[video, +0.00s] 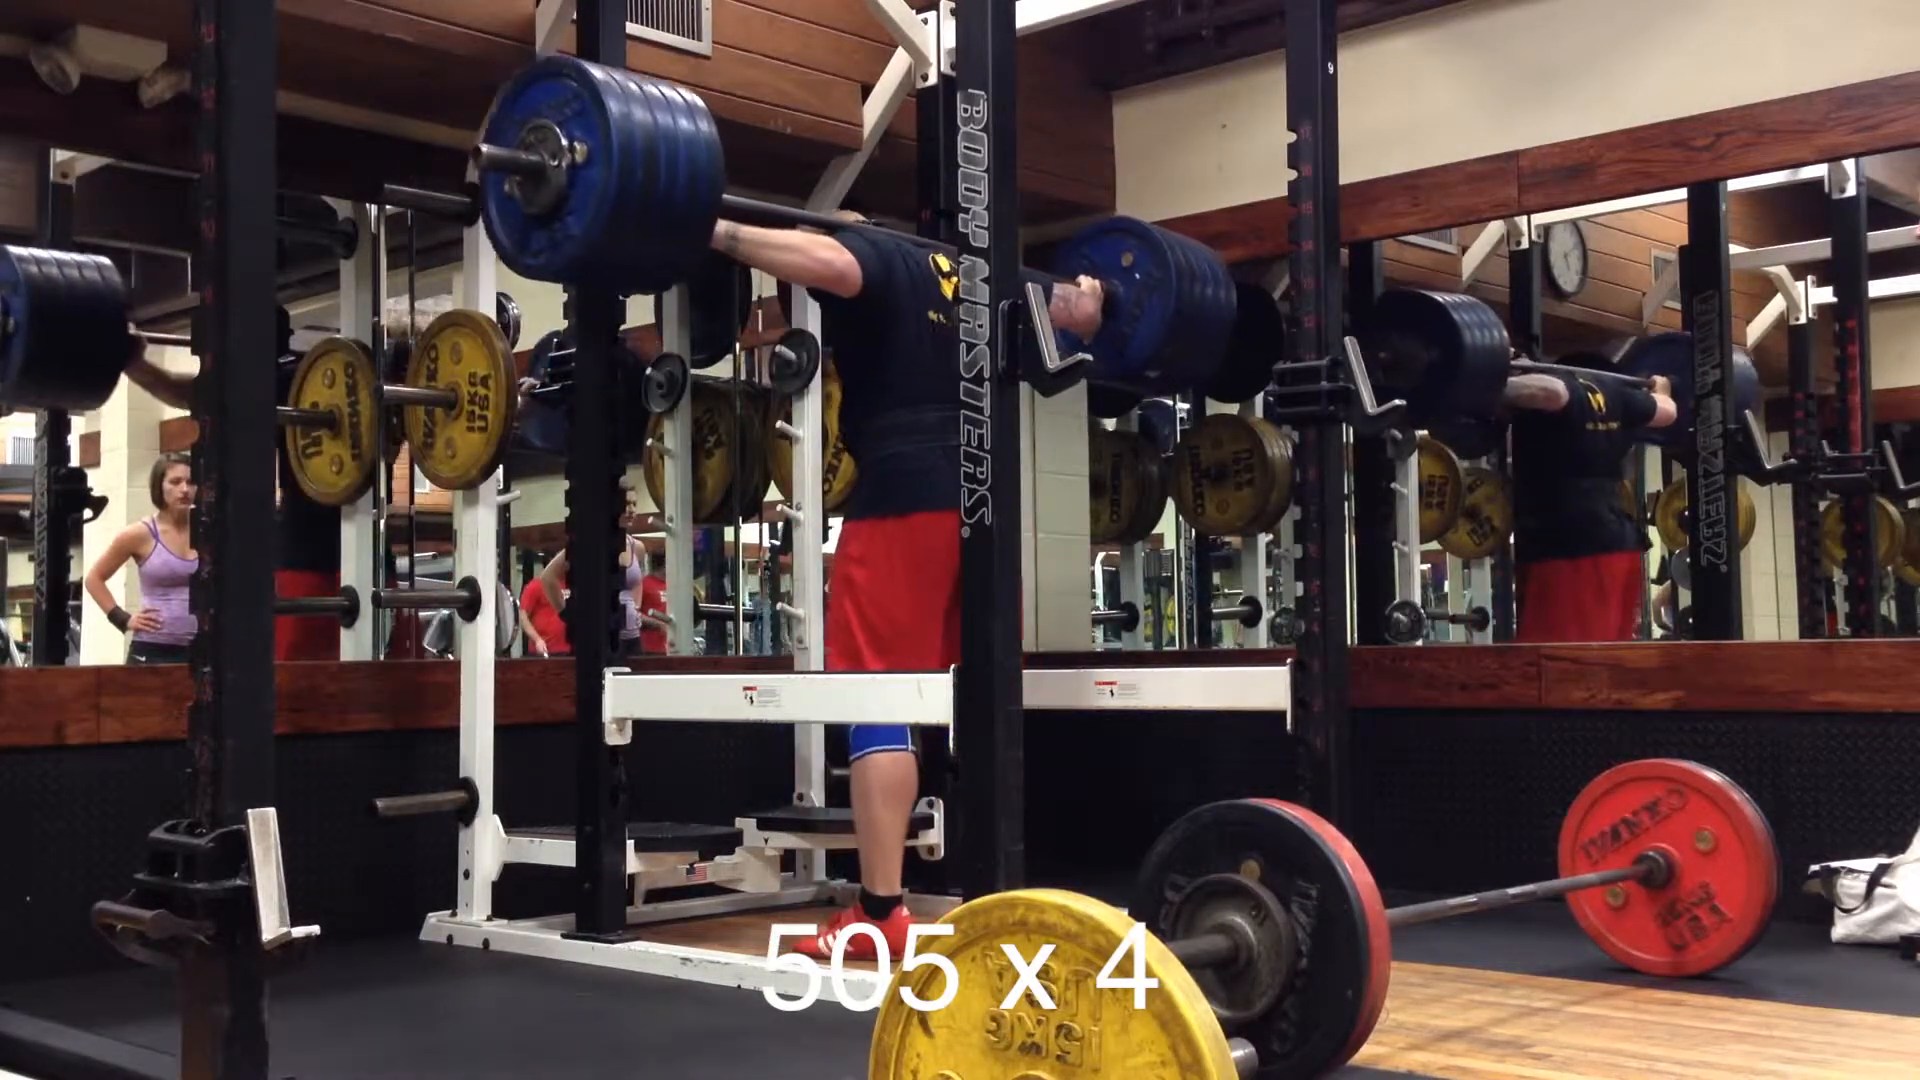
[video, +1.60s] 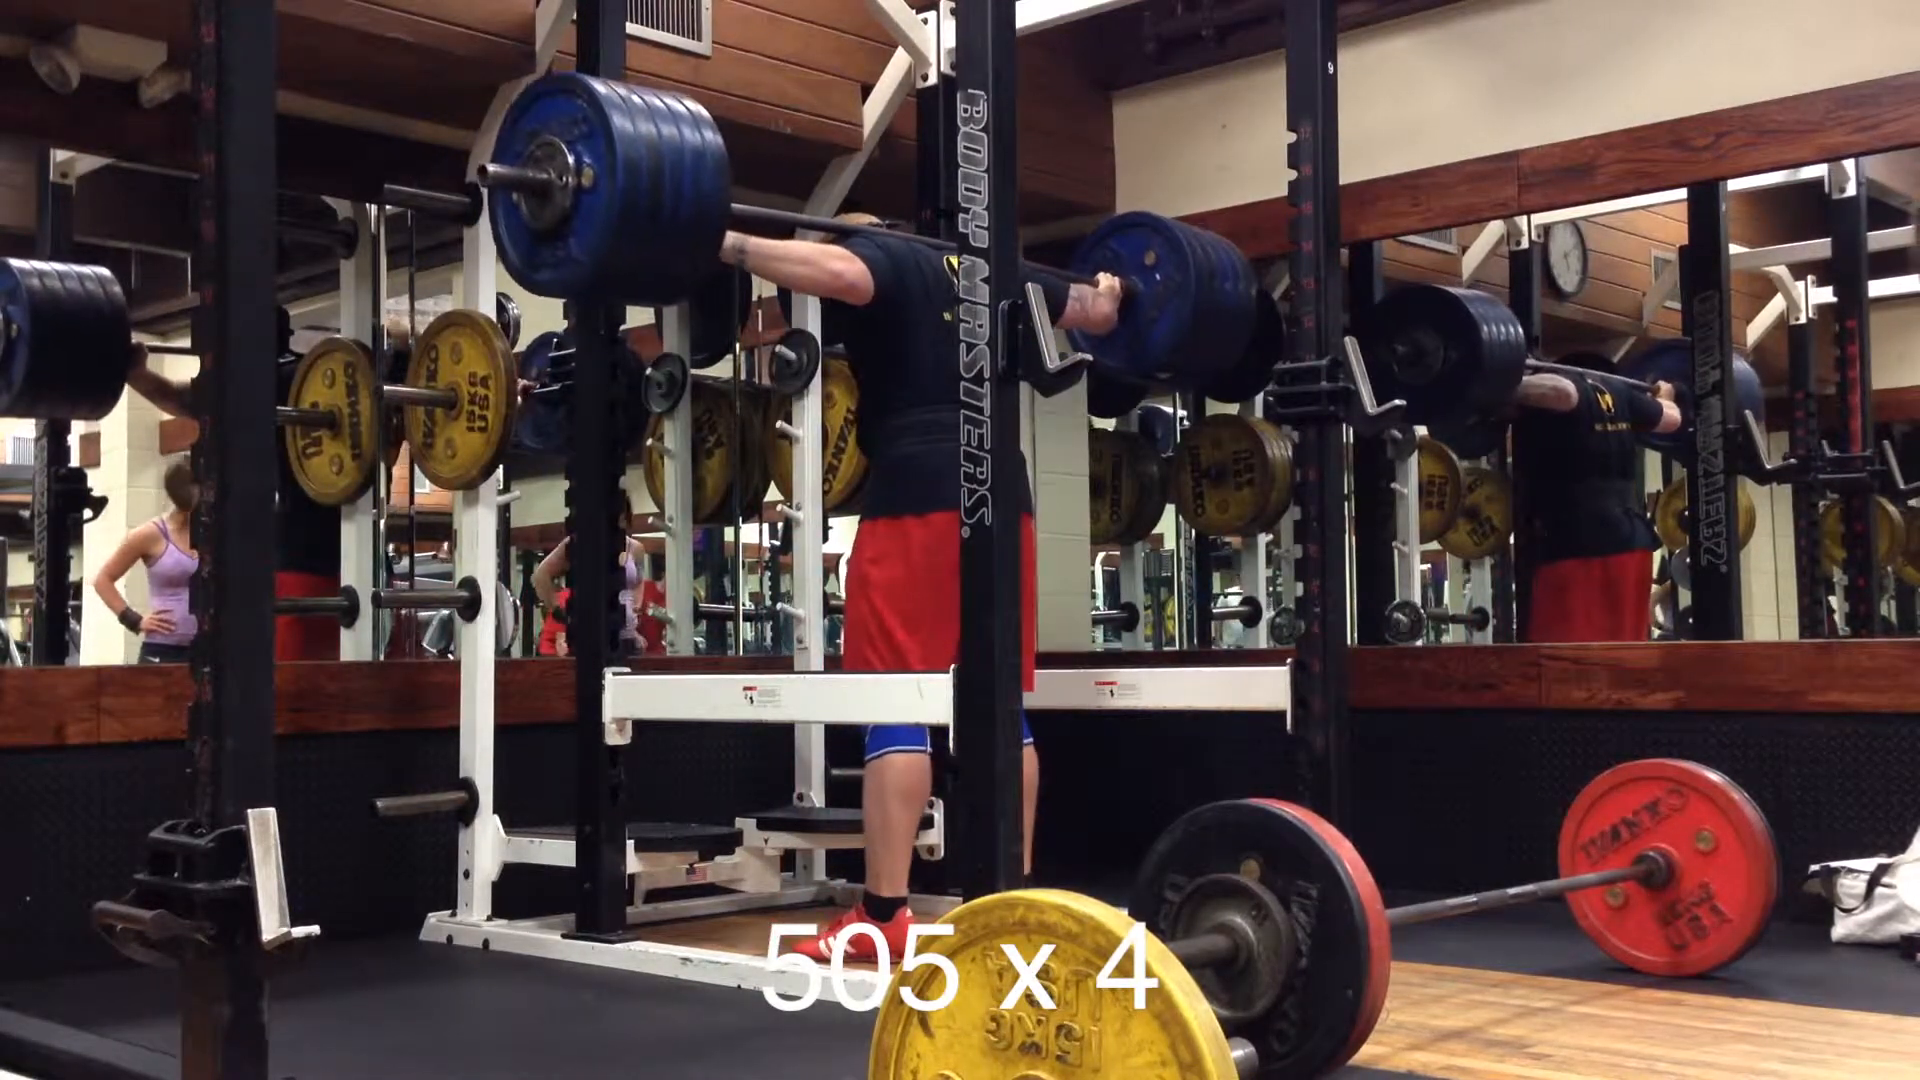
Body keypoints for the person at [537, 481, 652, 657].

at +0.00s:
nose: (630, 510)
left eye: (633, 505)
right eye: (624, 504)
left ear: (637, 508)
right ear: (610, 508)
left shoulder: (636, 546)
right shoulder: (589, 544)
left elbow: (637, 581)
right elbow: (548, 577)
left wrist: (636, 608)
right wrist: (564, 611)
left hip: (629, 631)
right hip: (596, 632)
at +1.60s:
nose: (620, 524)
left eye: (623, 519)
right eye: (614, 518)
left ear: (627, 518)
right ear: (598, 517)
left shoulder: (634, 548)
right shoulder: (575, 544)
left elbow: (639, 581)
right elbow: (540, 577)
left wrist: (637, 606)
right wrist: (556, 609)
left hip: (625, 628)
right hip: (587, 629)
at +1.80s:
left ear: (616, 520)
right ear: (583, 518)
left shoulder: (629, 549)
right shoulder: (565, 544)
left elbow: (635, 585)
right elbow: (528, 578)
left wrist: (629, 610)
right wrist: (546, 612)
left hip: (614, 629)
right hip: (576, 628)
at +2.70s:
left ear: (614, 522)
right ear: (580, 523)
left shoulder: (632, 546)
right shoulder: (565, 546)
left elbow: (655, 581)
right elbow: (532, 579)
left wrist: (642, 611)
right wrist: (551, 614)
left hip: (618, 629)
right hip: (578, 629)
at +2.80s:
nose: (608, 526)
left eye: (616, 519)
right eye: (601, 519)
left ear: (624, 517)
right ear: (588, 517)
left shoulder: (640, 545)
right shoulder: (572, 544)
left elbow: (660, 579)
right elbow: (538, 578)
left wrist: (647, 608)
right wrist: (555, 611)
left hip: (627, 631)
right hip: (584, 629)